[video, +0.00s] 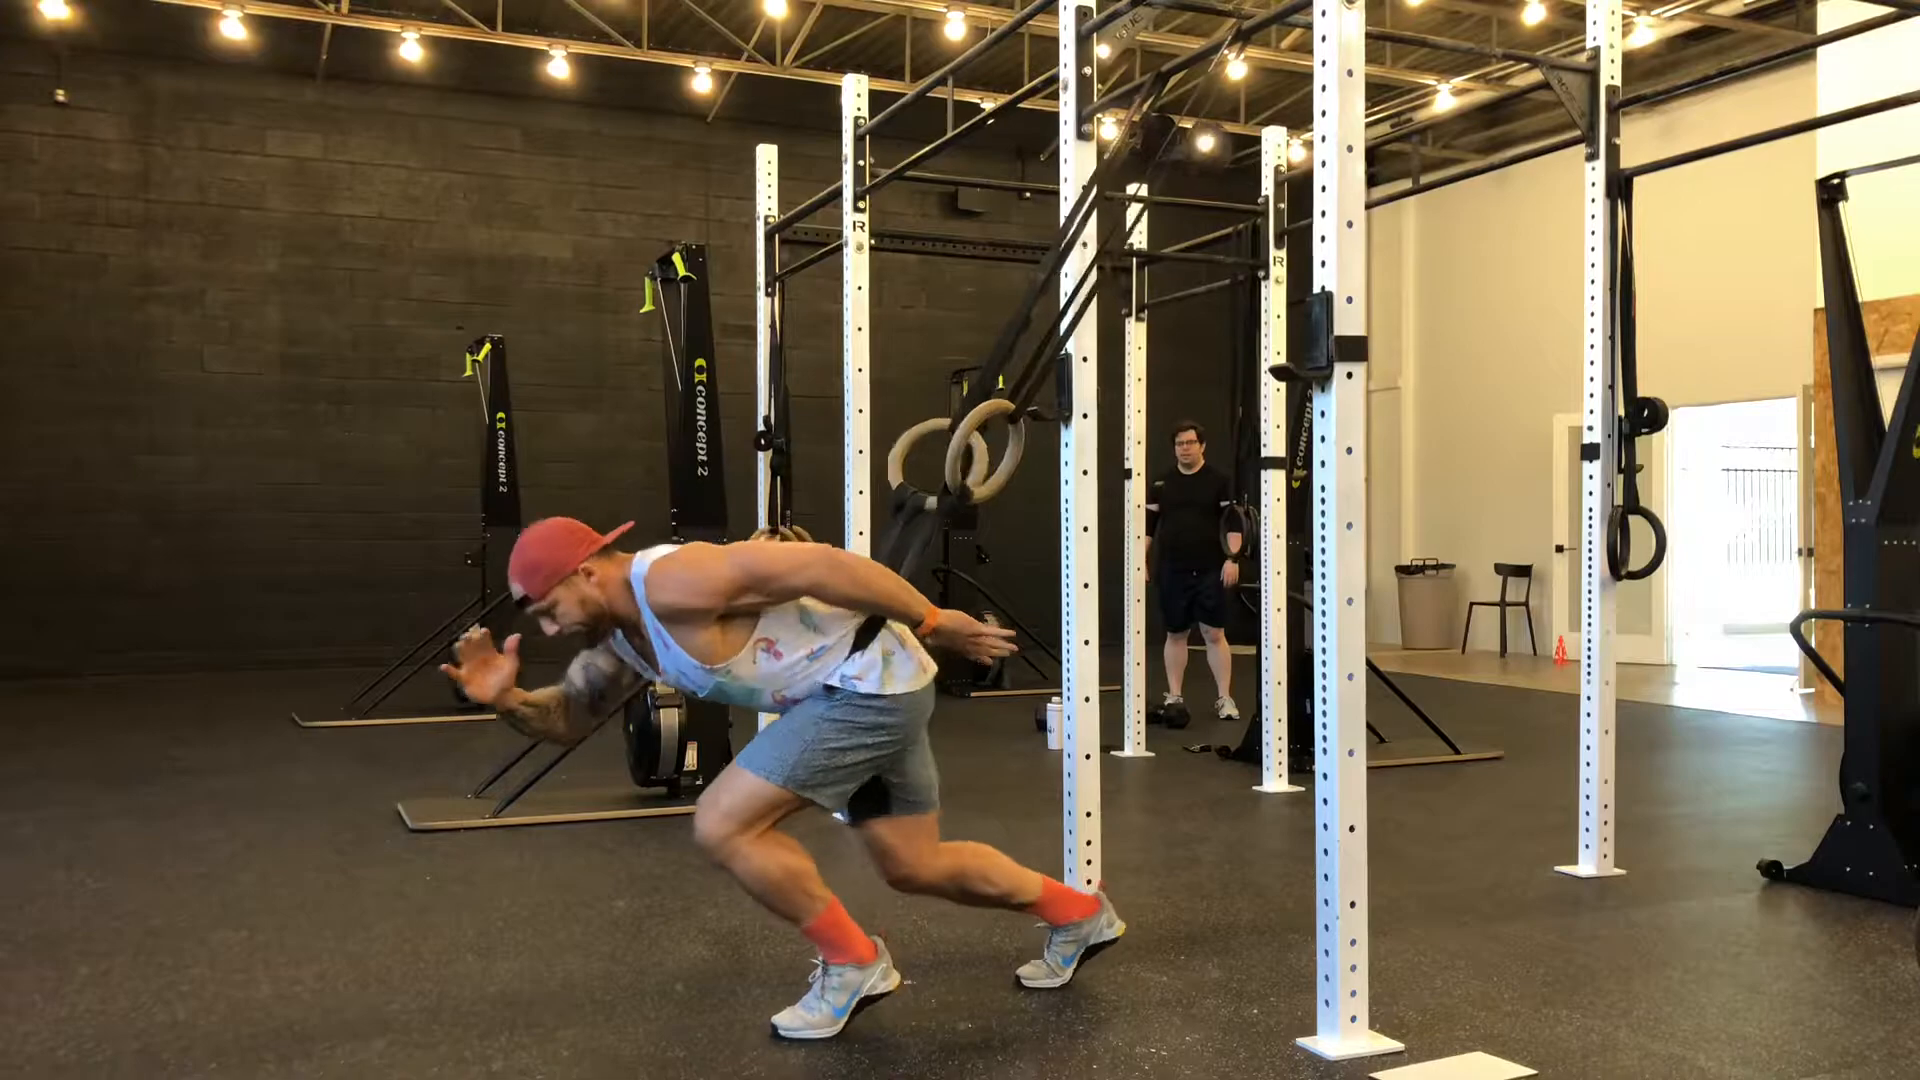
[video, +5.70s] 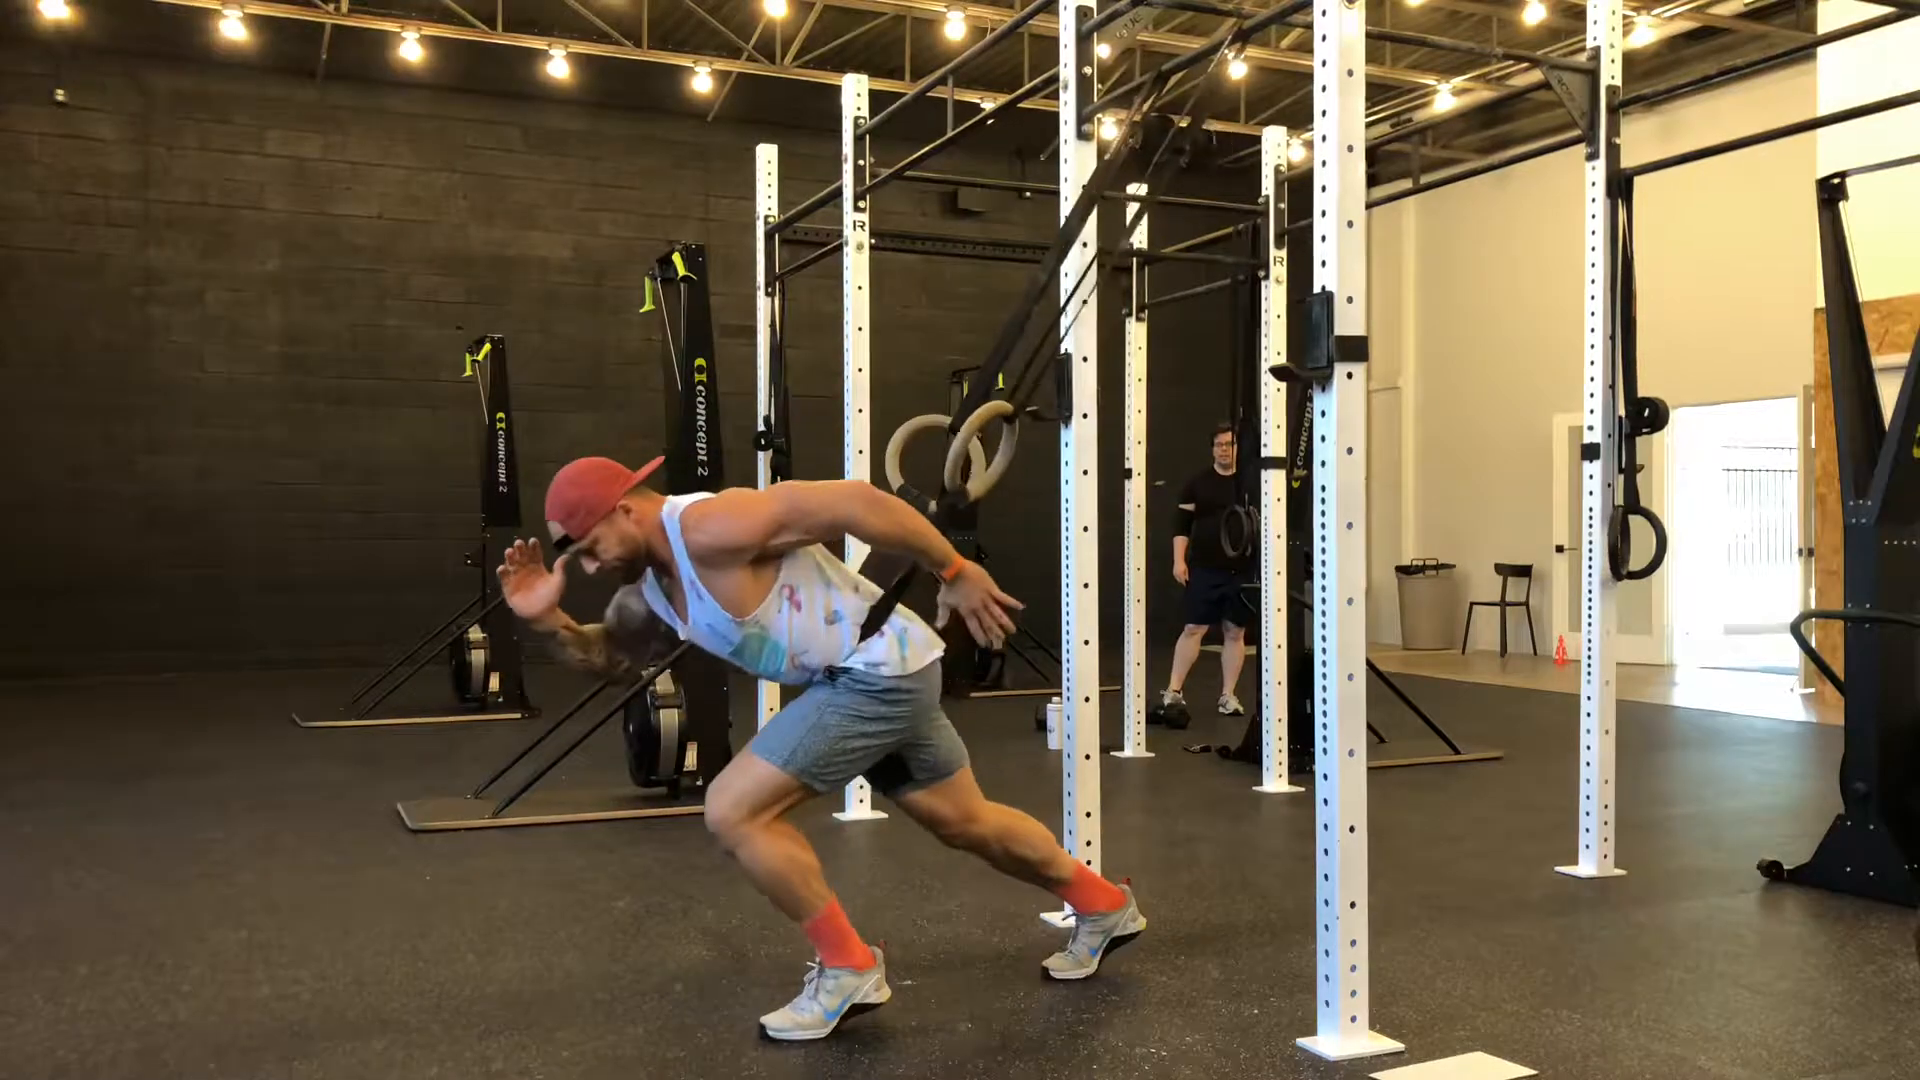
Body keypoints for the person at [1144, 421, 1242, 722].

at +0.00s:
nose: (1184, 448)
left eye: (1189, 443)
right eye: (1179, 444)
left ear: (1202, 446)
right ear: (1173, 448)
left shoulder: (1218, 481)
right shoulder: (1162, 484)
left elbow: (1233, 522)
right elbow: (1148, 526)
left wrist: (1232, 558)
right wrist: (1142, 560)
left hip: (1210, 570)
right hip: (1172, 570)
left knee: (1214, 634)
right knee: (1176, 634)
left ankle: (1224, 698)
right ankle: (1174, 696)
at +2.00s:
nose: (1182, 449)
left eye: (1188, 444)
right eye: (1177, 444)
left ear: (1200, 447)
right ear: (1171, 449)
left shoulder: (1217, 480)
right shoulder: (1162, 483)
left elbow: (1233, 521)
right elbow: (1148, 527)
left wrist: (1232, 558)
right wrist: (1142, 563)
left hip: (1209, 569)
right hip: (1171, 570)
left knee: (1212, 634)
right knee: (1175, 634)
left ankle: (1225, 698)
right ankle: (1174, 696)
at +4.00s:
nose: (1174, 451)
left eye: (1179, 445)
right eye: (1168, 446)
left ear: (1191, 448)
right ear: (1162, 450)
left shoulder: (1205, 482)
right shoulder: (1149, 484)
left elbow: (1219, 524)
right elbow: (1133, 524)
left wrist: (1219, 558)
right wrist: (1127, 556)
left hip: (1198, 569)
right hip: (1161, 569)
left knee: (1209, 631)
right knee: (1168, 634)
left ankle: (1226, 693)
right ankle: (1172, 695)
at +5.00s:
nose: (1217, 449)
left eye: (1223, 443)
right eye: (1213, 444)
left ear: (1233, 447)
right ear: (1205, 449)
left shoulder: (1246, 480)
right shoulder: (1192, 482)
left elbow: (1261, 521)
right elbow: (1175, 523)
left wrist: (1259, 561)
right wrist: (1172, 559)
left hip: (1235, 569)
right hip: (1197, 568)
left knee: (1231, 632)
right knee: (1190, 631)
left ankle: (1228, 696)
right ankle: (1174, 692)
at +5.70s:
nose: (1224, 449)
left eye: (1229, 444)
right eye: (1219, 445)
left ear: (1239, 448)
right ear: (1212, 449)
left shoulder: (1249, 483)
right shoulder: (1198, 483)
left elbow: (1265, 522)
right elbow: (1182, 524)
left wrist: (1264, 562)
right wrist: (1179, 561)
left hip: (1240, 570)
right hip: (1204, 568)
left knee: (1234, 632)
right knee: (1194, 629)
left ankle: (1228, 695)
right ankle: (1173, 691)